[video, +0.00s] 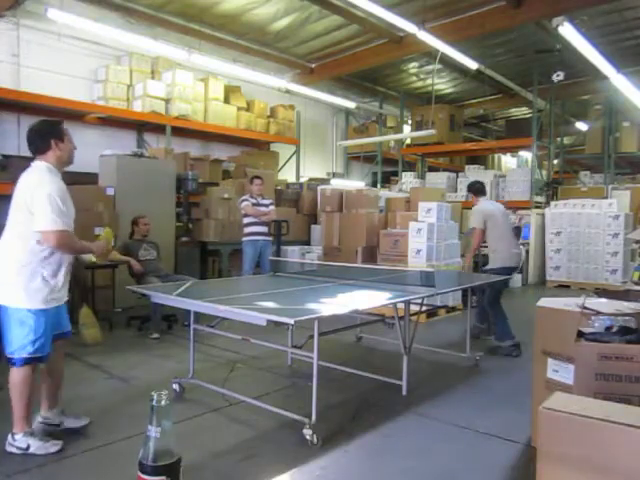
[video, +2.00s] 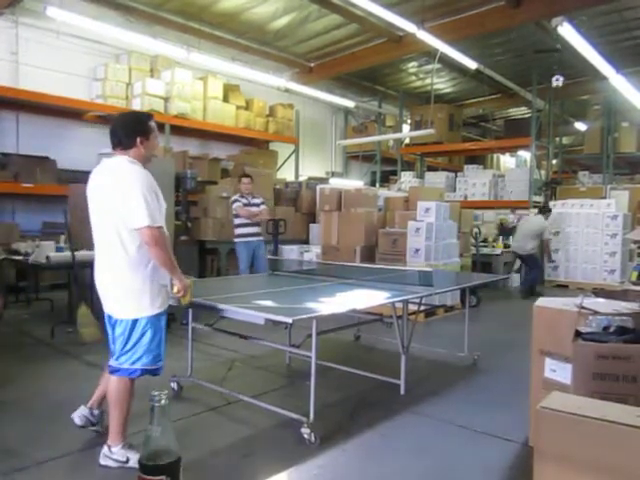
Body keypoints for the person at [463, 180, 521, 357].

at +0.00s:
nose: (470, 200)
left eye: (470, 197)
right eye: (470, 197)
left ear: (472, 196)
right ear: (485, 193)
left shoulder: (479, 210)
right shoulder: (499, 206)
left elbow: (477, 238)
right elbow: (505, 232)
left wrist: (468, 259)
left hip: (500, 261)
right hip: (514, 259)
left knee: (491, 300)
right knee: (483, 289)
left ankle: (508, 342)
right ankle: (482, 325)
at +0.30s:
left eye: (474, 198)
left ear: (475, 197)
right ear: (489, 197)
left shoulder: (472, 211)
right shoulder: (502, 212)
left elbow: (469, 236)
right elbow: (512, 239)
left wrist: (468, 261)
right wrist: (511, 258)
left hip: (482, 257)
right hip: (502, 258)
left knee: (480, 293)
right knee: (481, 293)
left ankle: (491, 322)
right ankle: (475, 324)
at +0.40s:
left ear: (478, 199)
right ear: (493, 198)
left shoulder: (472, 212)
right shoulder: (504, 213)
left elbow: (466, 234)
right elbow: (512, 239)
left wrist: (463, 256)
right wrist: (511, 260)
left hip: (477, 258)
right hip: (498, 259)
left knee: (473, 291)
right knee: (484, 292)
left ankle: (472, 325)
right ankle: (476, 325)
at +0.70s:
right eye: (501, 197)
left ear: (488, 198)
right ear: (501, 198)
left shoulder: (481, 210)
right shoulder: (510, 211)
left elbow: (468, 225)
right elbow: (517, 228)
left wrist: (466, 247)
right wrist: (517, 243)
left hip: (481, 252)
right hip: (502, 253)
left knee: (478, 282)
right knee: (492, 284)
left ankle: (480, 305)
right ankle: (482, 309)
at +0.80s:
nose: (509, 198)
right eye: (509, 196)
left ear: (496, 195)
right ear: (508, 196)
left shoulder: (486, 208)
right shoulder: (514, 209)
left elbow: (475, 224)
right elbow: (519, 226)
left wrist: (474, 242)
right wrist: (519, 243)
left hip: (485, 249)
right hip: (504, 250)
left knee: (482, 280)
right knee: (500, 281)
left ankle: (480, 308)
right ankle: (496, 303)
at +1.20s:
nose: (526, 209)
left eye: (526, 207)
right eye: (526, 207)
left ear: (513, 207)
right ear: (523, 208)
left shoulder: (503, 217)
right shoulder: (525, 219)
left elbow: (497, 233)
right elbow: (530, 235)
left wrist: (497, 246)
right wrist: (533, 250)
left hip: (504, 251)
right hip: (519, 252)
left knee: (504, 275)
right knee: (521, 278)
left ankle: (502, 297)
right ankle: (517, 301)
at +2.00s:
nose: (548, 216)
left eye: (548, 214)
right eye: (548, 215)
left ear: (538, 211)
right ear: (547, 214)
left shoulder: (527, 218)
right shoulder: (544, 224)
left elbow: (517, 228)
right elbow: (546, 242)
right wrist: (549, 257)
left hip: (515, 247)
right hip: (528, 250)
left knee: (529, 267)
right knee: (537, 268)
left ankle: (525, 287)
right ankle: (530, 288)